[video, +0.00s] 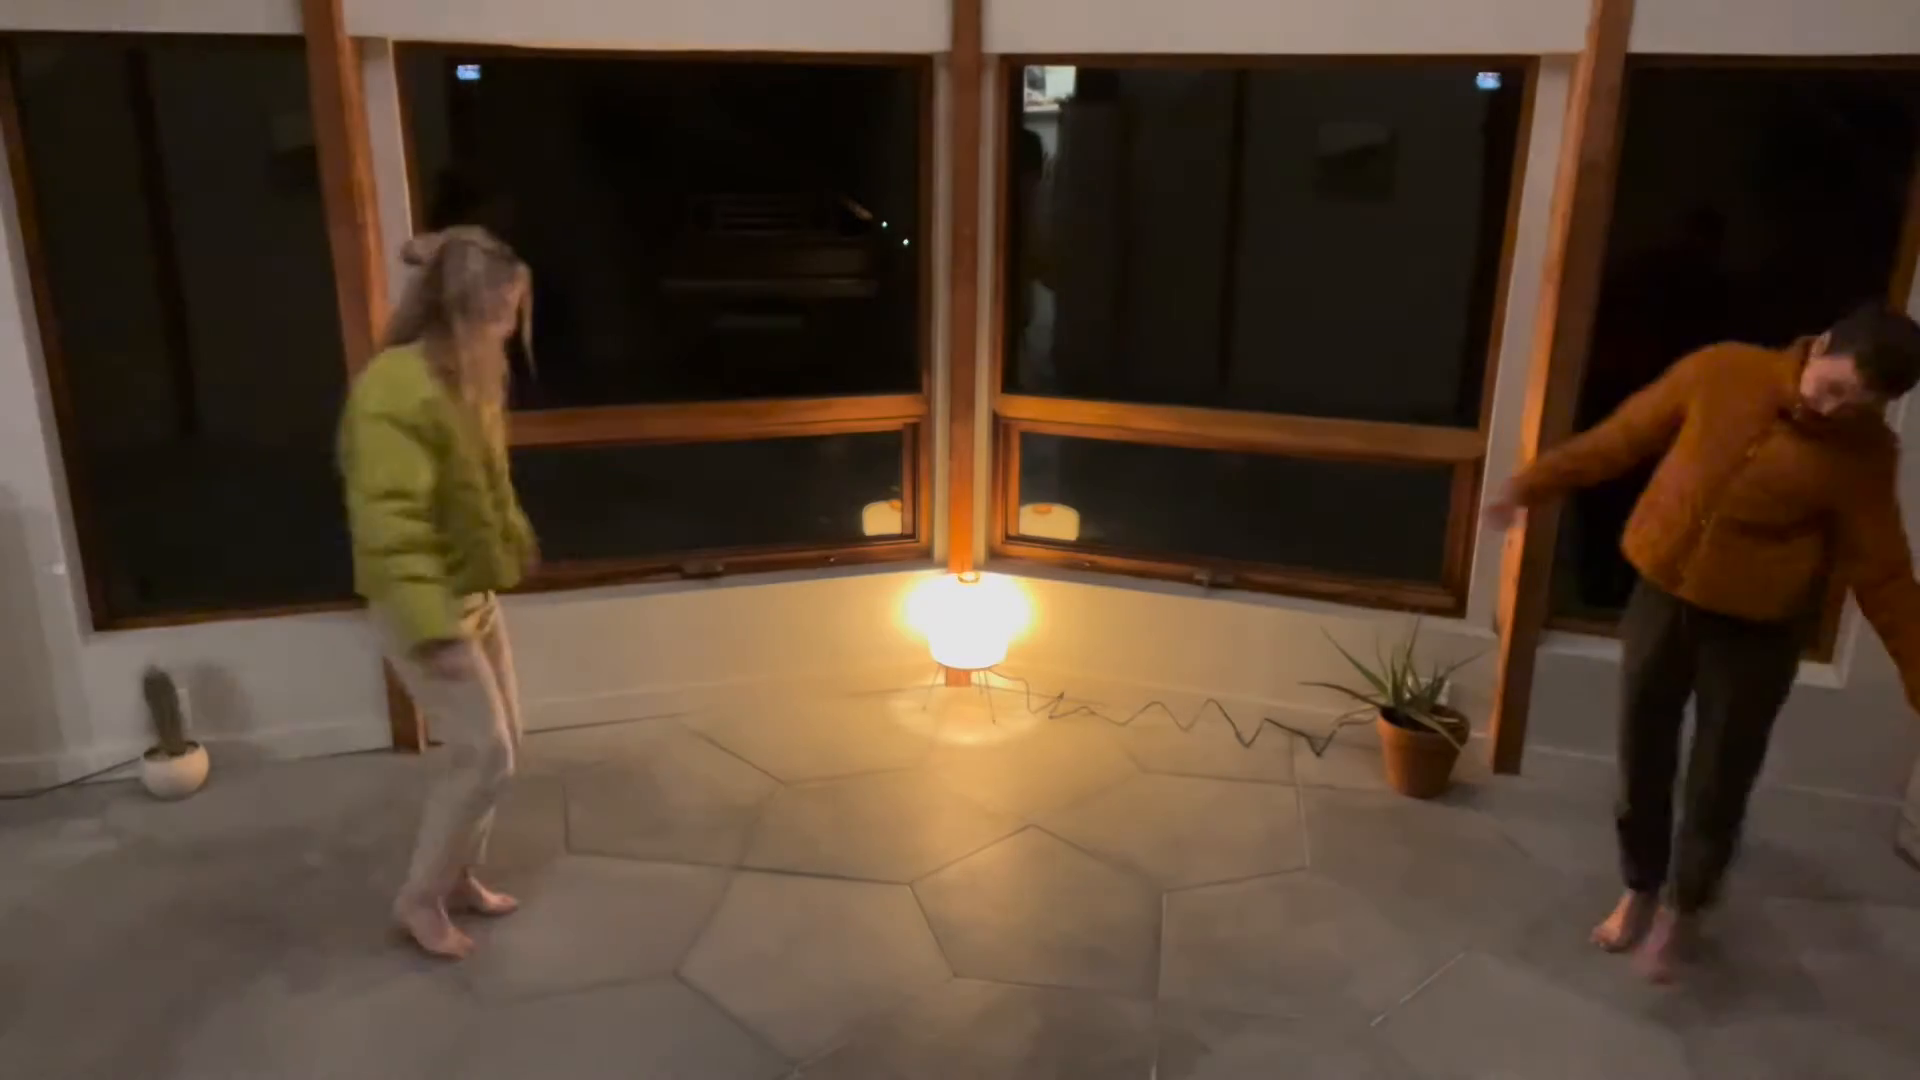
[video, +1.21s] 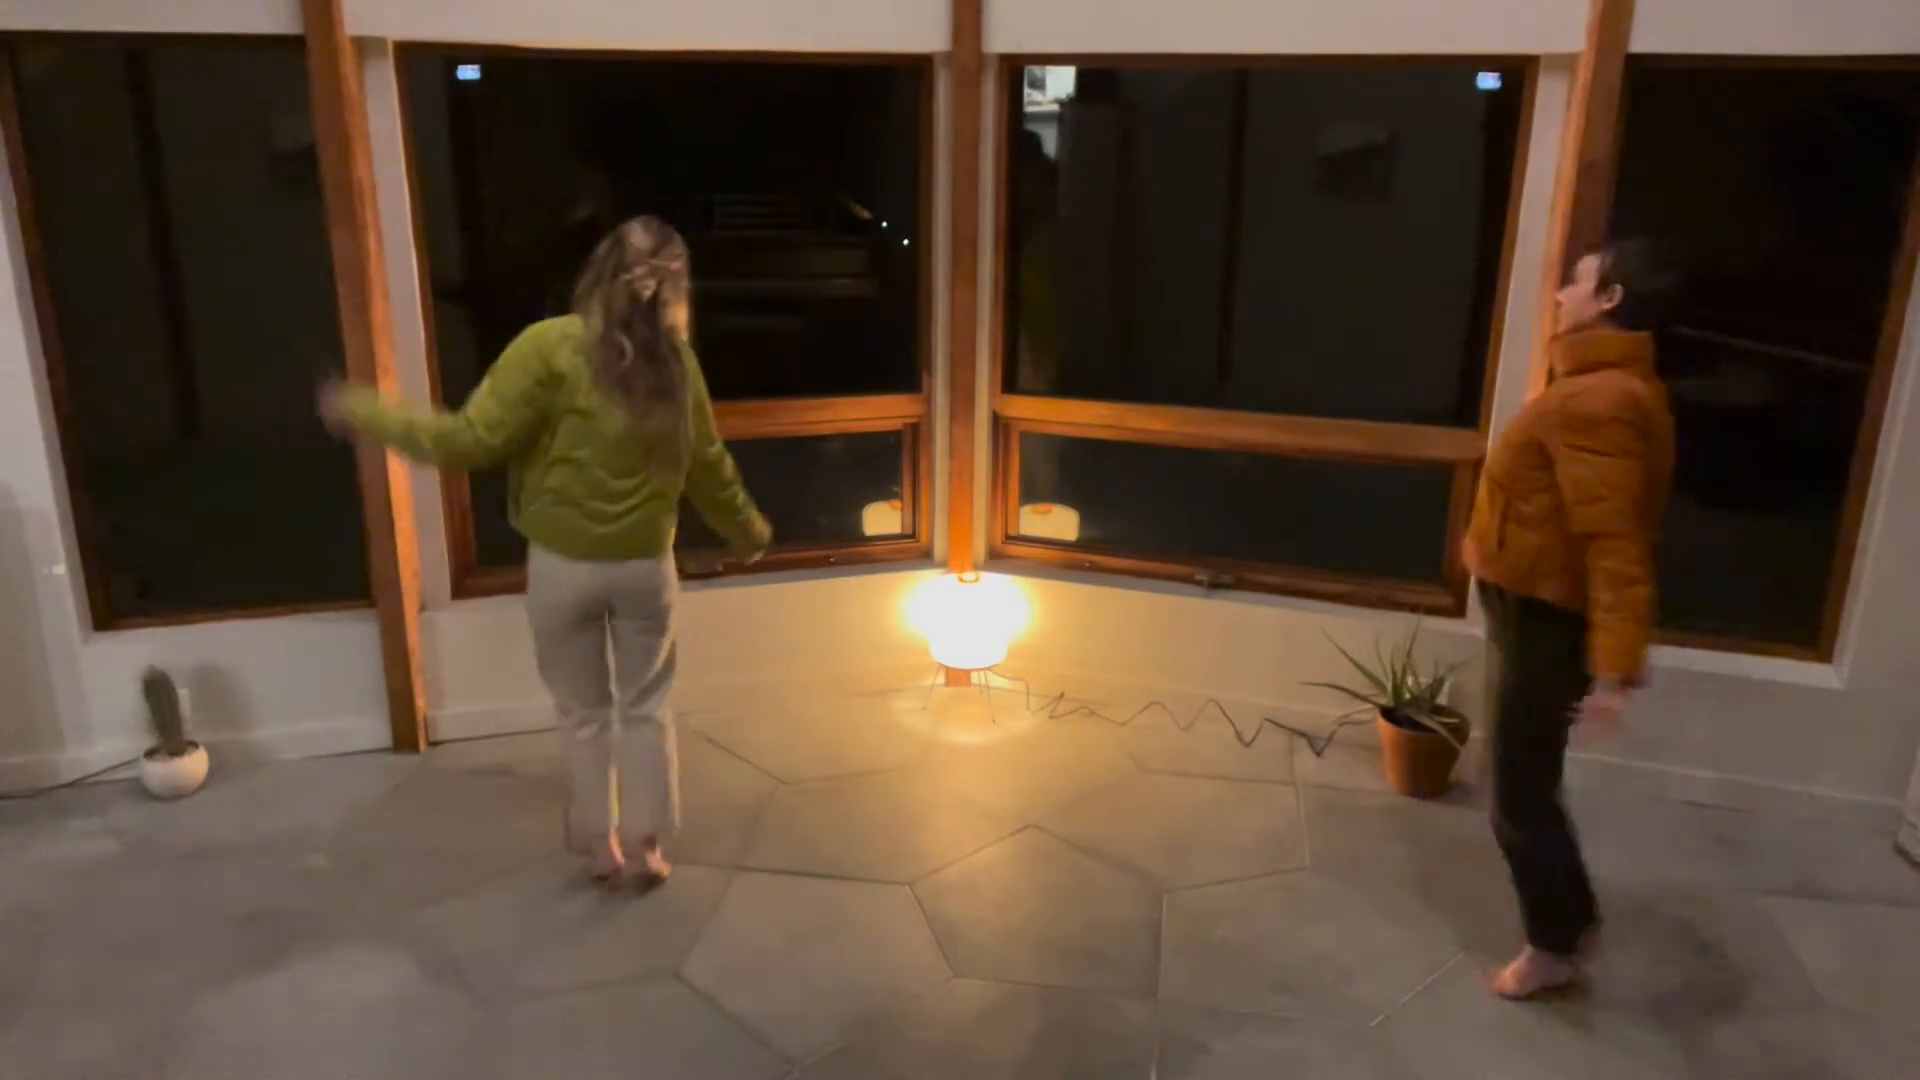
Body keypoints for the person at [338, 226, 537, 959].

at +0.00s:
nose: (513, 329)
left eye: (515, 313)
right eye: (505, 314)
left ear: (486, 311)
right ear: (465, 311)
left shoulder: (473, 374)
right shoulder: (394, 388)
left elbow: (487, 478)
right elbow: (387, 522)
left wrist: (515, 543)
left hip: (474, 594)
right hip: (422, 608)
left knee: (500, 748)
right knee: (482, 752)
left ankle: (459, 875)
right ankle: (418, 898)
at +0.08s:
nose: (523, 333)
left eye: (524, 318)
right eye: (516, 318)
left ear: (477, 311)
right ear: (477, 313)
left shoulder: (459, 382)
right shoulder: (420, 388)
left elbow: (468, 505)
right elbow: (427, 523)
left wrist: (497, 597)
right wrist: (489, 623)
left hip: (466, 596)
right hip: (422, 604)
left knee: (518, 731)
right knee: (479, 753)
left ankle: (457, 872)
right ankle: (412, 903)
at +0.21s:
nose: (545, 329)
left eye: (546, 312)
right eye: (538, 312)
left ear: (460, 304)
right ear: (502, 313)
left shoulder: (423, 372)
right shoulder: (475, 387)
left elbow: (409, 496)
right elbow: (511, 524)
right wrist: (590, 621)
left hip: (423, 595)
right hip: (453, 602)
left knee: (492, 742)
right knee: (509, 757)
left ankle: (472, 886)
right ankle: (424, 896)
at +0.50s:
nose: (592, 311)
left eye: (590, 298)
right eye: (587, 298)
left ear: (492, 292)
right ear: (565, 305)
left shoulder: (427, 368)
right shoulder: (565, 386)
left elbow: (393, 487)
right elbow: (619, 507)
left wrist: (378, 579)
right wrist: (693, 583)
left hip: (448, 601)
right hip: (523, 608)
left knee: (509, 747)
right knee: (554, 750)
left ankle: (513, 893)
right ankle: (513, 914)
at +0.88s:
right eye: (634, 289)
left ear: (545, 281)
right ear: (626, 295)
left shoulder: (494, 356)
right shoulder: (635, 364)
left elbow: (465, 484)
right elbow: (663, 481)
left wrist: (436, 586)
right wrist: (686, 568)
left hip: (525, 589)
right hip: (607, 589)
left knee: (550, 734)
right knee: (609, 727)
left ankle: (575, 871)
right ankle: (594, 877)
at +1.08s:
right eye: (660, 284)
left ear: (579, 277)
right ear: (652, 289)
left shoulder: (532, 356)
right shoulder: (662, 360)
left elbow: (489, 471)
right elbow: (693, 475)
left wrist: (389, 528)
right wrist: (716, 553)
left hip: (555, 583)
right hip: (638, 582)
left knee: (563, 711)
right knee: (637, 716)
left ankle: (588, 849)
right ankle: (640, 860)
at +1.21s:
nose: (684, 298)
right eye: (680, 287)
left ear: (602, 274)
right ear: (671, 290)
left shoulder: (549, 346)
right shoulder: (676, 361)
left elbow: (474, 441)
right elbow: (709, 468)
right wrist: (752, 533)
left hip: (563, 572)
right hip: (645, 571)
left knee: (582, 713)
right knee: (645, 704)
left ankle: (604, 849)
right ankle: (652, 848)